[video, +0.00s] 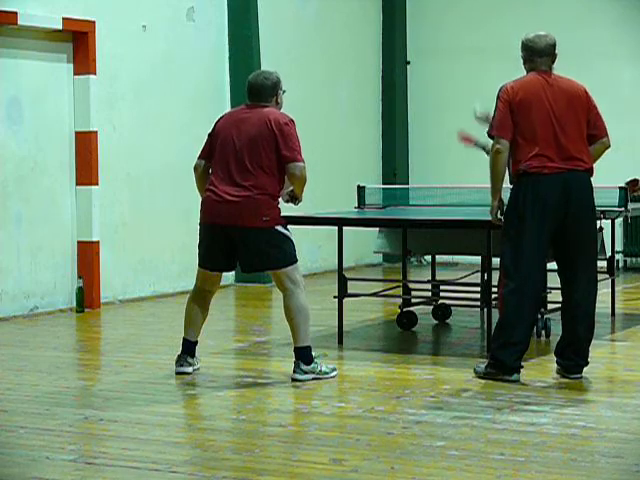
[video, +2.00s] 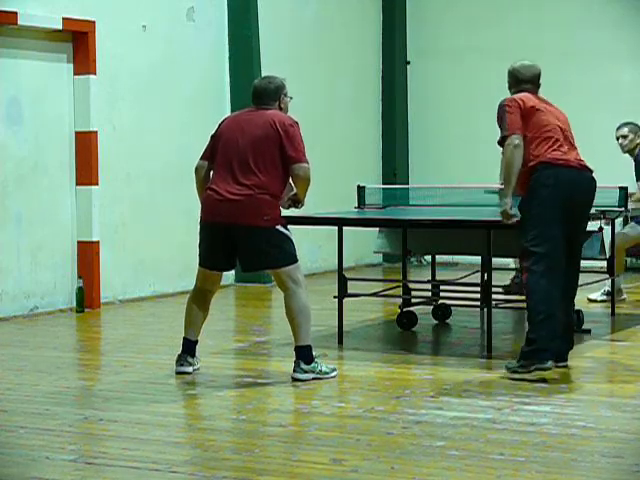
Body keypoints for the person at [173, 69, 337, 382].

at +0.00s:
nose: (283, 99)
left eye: (283, 95)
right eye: (282, 95)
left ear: (248, 96)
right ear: (276, 96)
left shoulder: (225, 120)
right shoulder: (280, 121)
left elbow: (200, 167)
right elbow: (297, 172)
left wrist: (212, 199)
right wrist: (296, 191)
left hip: (215, 217)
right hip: (260, 217)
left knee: (203, 288)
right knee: (292, 285)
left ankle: (186, 356)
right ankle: (304, 361)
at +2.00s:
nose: (289, 104)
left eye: (289, 99)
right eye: (288, 99)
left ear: (255, 101)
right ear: (279, 101)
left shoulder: (229, 122)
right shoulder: (284, 123)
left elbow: (202, 169)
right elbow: (301, 173)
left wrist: (209, 204)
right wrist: (298, 196)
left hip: (215, 215)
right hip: (260, 215)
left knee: (204, 287)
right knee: (293, 285)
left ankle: (187, 355)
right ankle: (305, 361)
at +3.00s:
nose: (265, 99)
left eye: (262, 95)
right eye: (263, 95)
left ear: (229, 98)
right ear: (259, 98)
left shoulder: (208, 123)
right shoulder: (275, 124)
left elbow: (177, 163)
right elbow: (326, 159)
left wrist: (166, 204)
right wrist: (321, 168)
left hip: (206, 216)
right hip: (252, 215)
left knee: (197, 287)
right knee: (286, 283)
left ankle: (185, 354)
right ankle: (305, 355)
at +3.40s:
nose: (244, 103)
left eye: (242, 98)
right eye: (242, 99)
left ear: (209, 105)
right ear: (235, 102)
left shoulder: (190, 135)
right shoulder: (253, 130)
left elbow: (158, 179)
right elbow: (291, 167)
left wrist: (147, 221)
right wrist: (298, 198)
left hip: (200, 228)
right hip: (245, 225)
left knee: (195, 287)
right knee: (282, 288)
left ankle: (185, 355)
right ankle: (305, 359)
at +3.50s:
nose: (227, 96)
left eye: (225, 91)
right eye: (225, 92)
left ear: (194, 97)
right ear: (220, 95)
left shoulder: (175, 128)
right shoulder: (235, 124)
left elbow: (147, 174)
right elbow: (258, 162)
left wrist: (140, 213)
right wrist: (278, 195)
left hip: (186, 222)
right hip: (230, 219)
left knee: (189, 287)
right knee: (264, 283)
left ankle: (185, 355)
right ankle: (293, 354)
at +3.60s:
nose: (215, 89)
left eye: (213, 85)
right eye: (213, 85)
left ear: (183, 89)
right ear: (205, 88)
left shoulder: (162, 121)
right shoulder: (219, 116)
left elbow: (137, 167)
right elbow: (237, 157)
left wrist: (139, 206)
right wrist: (261, 193)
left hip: (173, 218)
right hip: (215, 215)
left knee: (185, 284)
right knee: (245, 278)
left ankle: (184, 355)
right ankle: (246, 354)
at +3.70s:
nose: (204, 84)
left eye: (202, 79)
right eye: (201, 80)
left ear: (172, 84)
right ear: (193, 83)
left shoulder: (152, 116)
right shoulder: (206, 111)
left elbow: (131, 167)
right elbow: (224, 155)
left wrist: (138, 204)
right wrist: (248, 187)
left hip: (161, 214)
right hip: (201, 212)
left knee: (180, 282)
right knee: (223, 281)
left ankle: (183, 355)